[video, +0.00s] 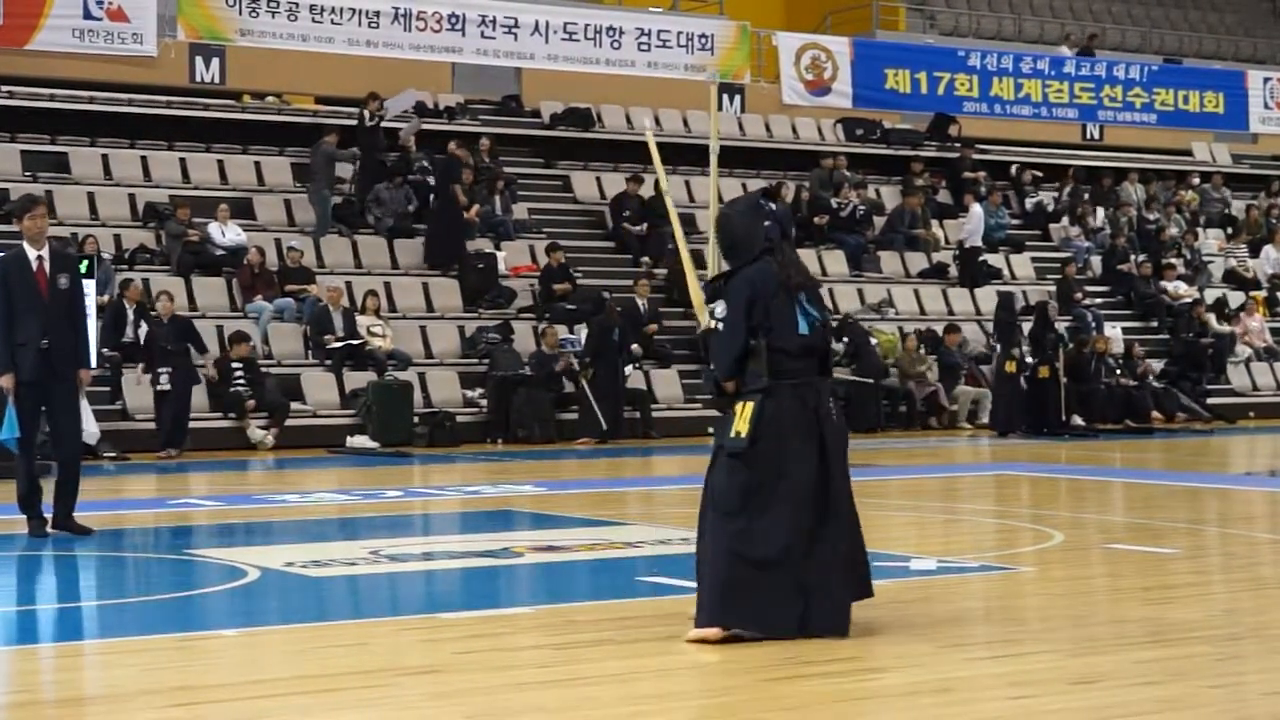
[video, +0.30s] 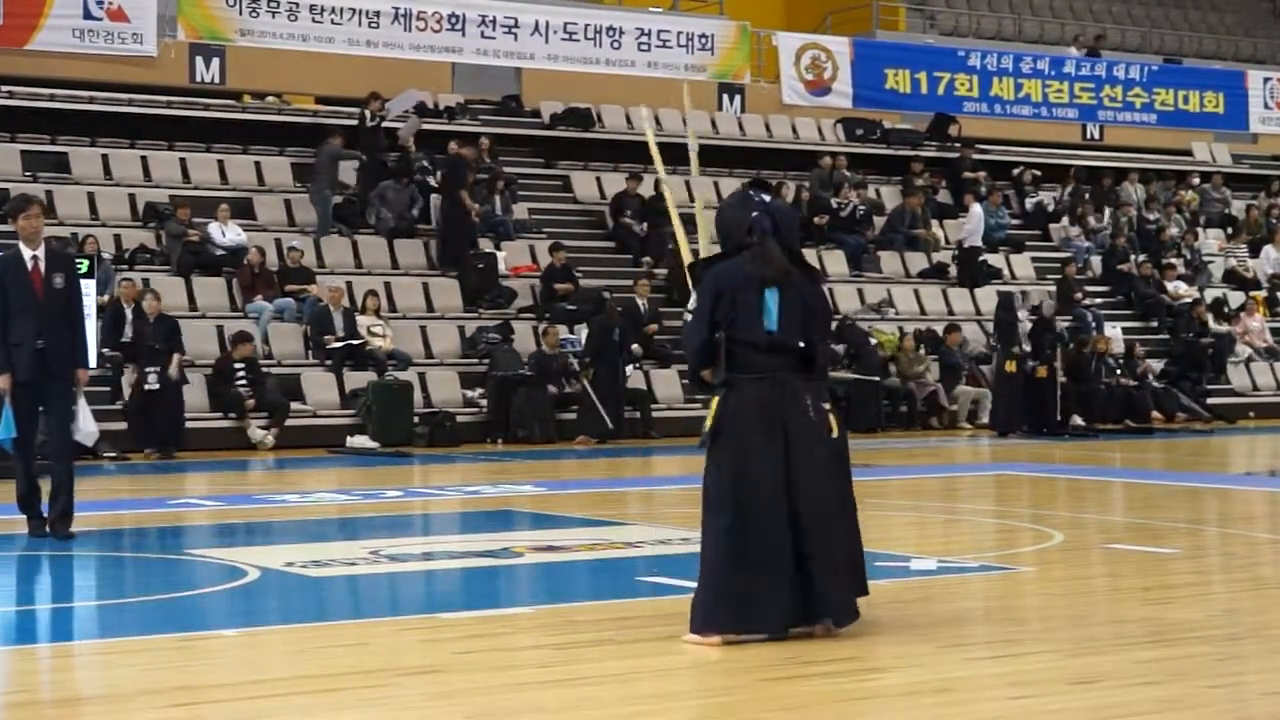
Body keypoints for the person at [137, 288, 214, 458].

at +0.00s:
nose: (163, 306)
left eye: (166, 302)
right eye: (160, 302)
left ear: (173, 304)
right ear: (156, 306)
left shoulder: (184, 323)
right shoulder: (153, 325)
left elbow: (199, 346)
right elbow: (147, 350)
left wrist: (210, 366)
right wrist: (141, 369)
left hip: (181, 371)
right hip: (160, 371)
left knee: (178, 408)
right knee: (162, 408)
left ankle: (176, 445)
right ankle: (166, 445)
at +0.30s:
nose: (150, 304)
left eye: (153, 301)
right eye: (146, 301)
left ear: (160, 303)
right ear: (142, 304)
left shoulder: (170, 322)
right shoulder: (138, 324)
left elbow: (178, 347)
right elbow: (135, 349)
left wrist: (174, 365)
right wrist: (133, 370)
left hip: (166, 369)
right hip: (145, 369)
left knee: (167, 408)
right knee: (141, 407)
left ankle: (168, 446)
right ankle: (150, 445)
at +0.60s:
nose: (125, 305)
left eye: (129, 301)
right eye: (123, 301)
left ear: (137, 304)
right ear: (118, 304)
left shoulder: (146, 323)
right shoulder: (116, 325)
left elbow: (156, 348)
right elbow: (111, 356)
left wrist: (155, 369)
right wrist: (106, 377)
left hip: (142, 372)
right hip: (121, 372)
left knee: (151, 410)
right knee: (122, 411)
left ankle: (160, 445)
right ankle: (124, 448)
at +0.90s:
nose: (104, 304)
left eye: (108, 300)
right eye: (101, 300)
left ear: (115, 302)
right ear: (97, 302)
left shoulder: (123, 321)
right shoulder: (96, 322)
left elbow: (137, 347)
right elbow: (90, 347)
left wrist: (147, 369)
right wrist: (83, 371)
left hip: (119, 371)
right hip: (102, 371)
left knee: (120, 410)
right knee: (102, 410)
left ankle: (121, 448)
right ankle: (104, 447)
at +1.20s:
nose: (123, 291)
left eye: (126, 288)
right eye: (120, 288)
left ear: (134, 292)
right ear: (117, 290)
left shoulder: (139, 306)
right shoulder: (110, 306)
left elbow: (153, 326)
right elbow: (104, 330)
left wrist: (155, 345)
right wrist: (108, 347)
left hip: (135, 344)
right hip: (116, 344)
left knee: (152, 361)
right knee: (120, 361)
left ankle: (151, 396)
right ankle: (119, 397)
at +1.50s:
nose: (126, 291)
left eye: (129, 288)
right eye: (124, 288)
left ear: (136, 292)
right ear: (120, 290)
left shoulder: (141, 305)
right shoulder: (112, 305)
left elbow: (154, 325)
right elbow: (108, 327)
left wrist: (156, 345)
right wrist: (109, 347)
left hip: (136, 345)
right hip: (117, 345)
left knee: (154, 361)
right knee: (121, 361)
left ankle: (151, 397)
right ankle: (118, 396)